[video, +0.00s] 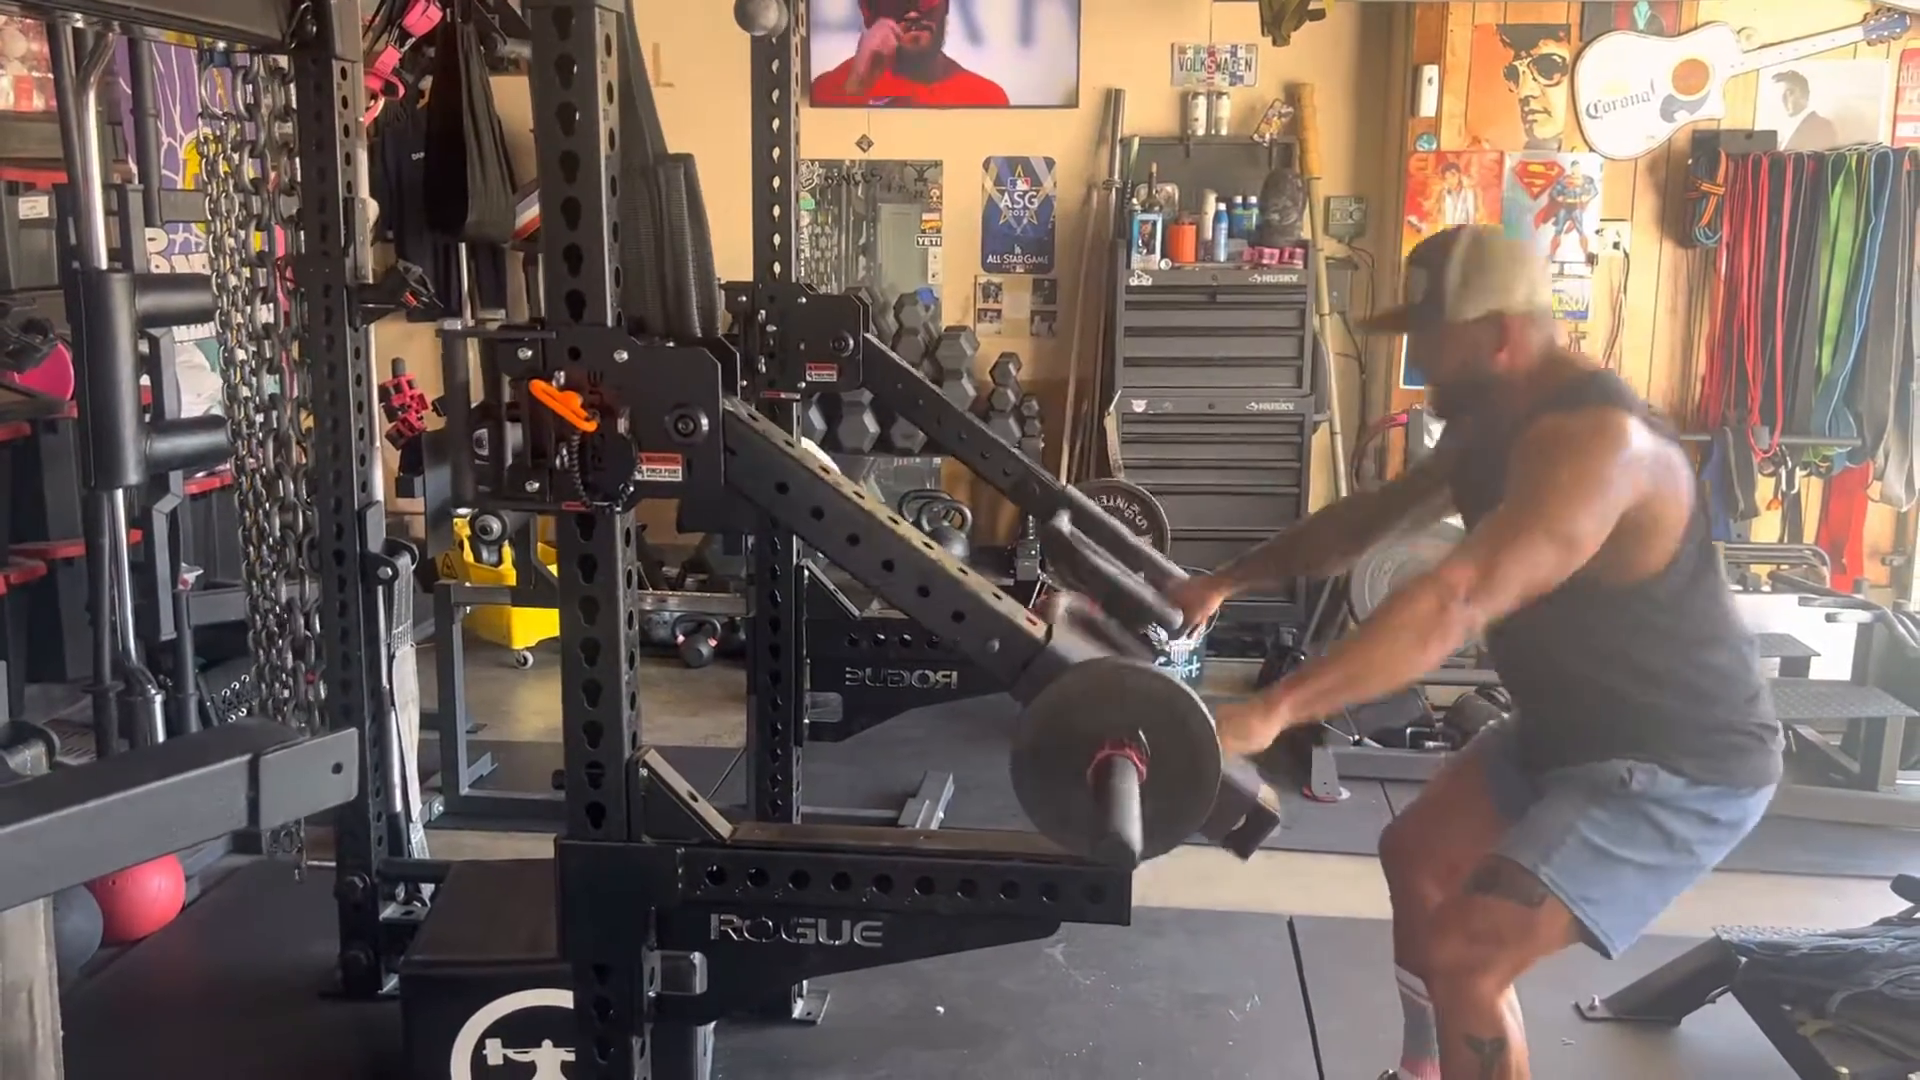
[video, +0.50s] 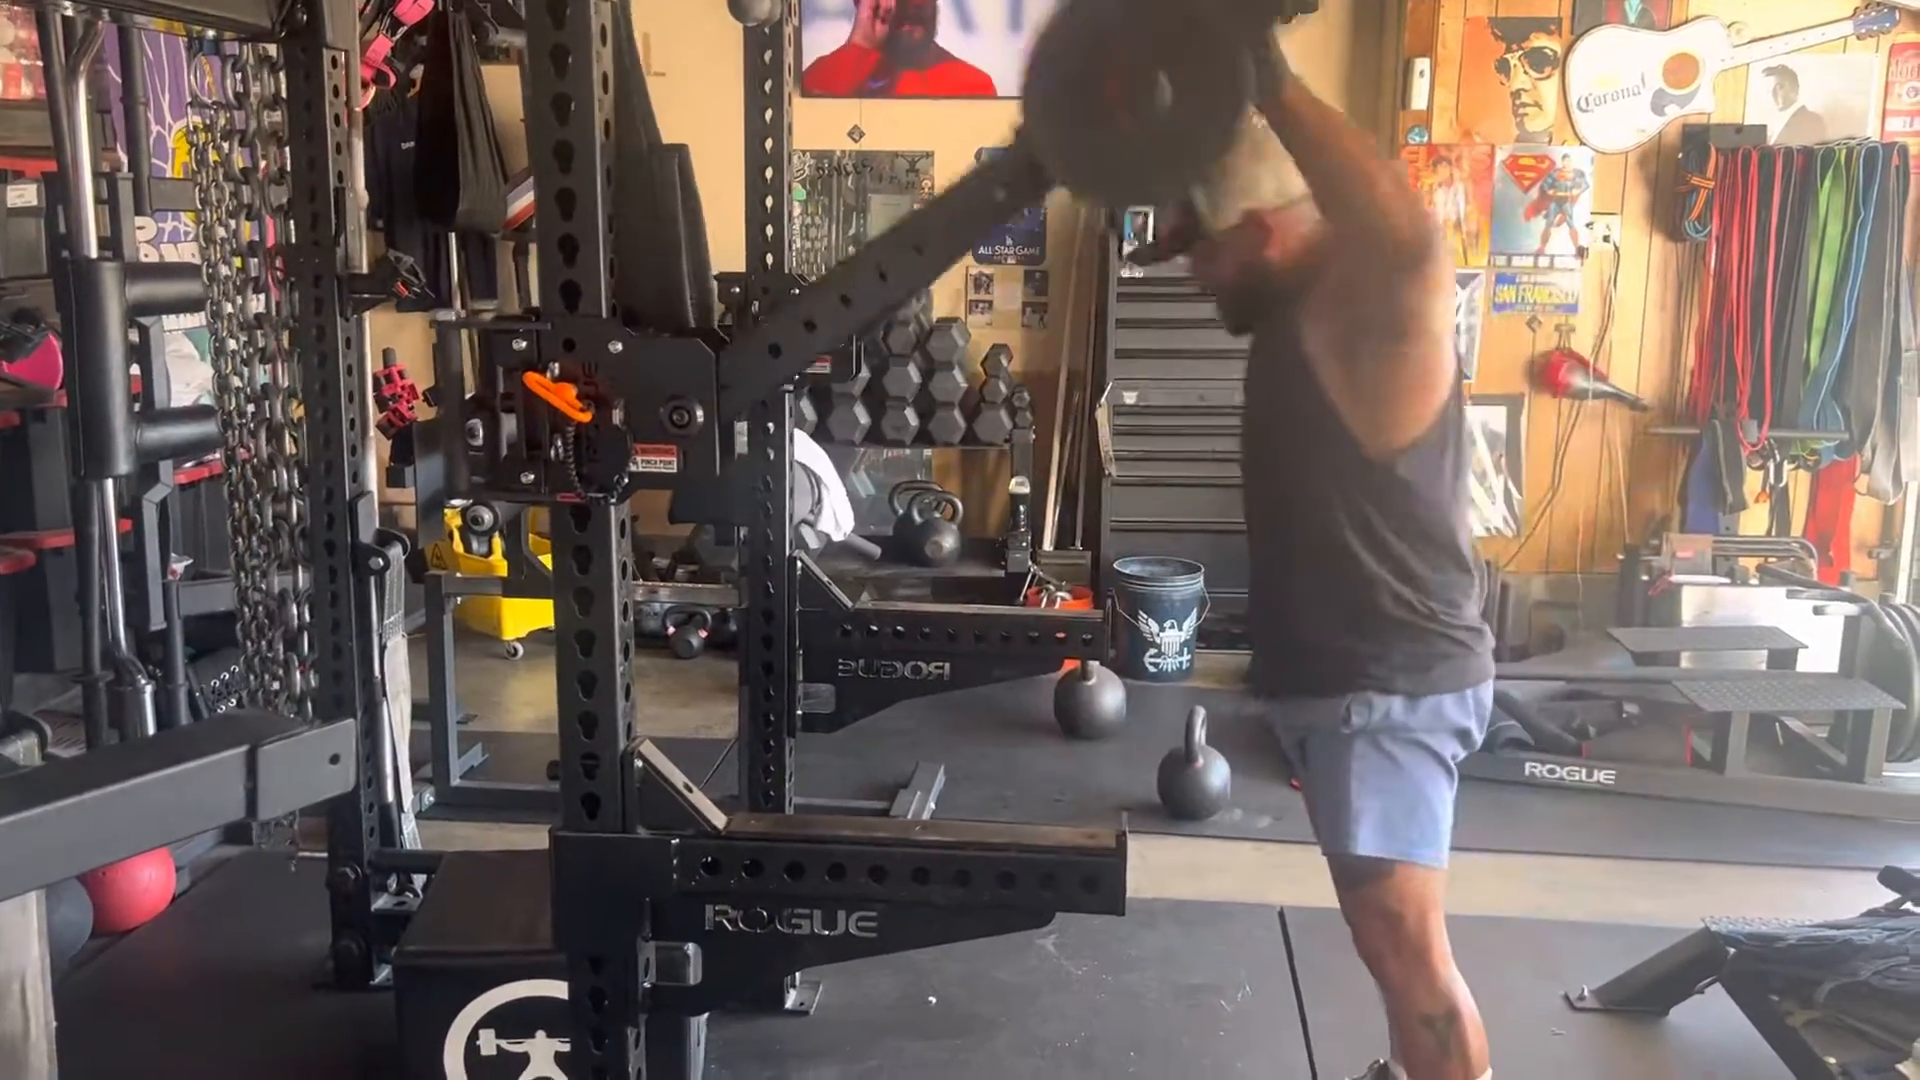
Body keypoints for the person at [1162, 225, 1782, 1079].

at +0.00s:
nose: (1419, 367)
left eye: (1431, 343)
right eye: (1416, 345)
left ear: (1504, 340)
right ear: (1503, 340)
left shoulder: (1599, 441)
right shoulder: (1500, 419)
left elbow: (1459, 600)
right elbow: (1372, 516)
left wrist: (1274, 711)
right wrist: (1225, 582)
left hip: (1680, 763)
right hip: (1570, 728)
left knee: (1464, 955)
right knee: (1416, 856)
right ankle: (1430, 1060)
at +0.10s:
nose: (1460, 295)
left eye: (1474, 271)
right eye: (1460, 272)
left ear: (1554, 271)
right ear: (1540, 275)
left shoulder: (1634, 384)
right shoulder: (1531, 370)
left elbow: (1533, 547)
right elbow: (1421, 465)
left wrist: (1344, 614)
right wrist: (1290, 500)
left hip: (1626, 740)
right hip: (1520, 705)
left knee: (1444, 952)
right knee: (1399, 849)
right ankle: (1431, 1059)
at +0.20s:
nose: (1443, 257)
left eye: (1454, 230)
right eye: (1441, 233)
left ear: (1531, 223)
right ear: (1530, 226)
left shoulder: (1618, 326)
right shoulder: (1517, 325)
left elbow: (1637, 448)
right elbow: (1443, 386)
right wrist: (1338, 371)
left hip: (1520, 695)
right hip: (1439, 665)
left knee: (1417, 954)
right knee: (1370, 845)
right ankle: (1423, 1058)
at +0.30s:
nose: (1360, 229)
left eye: (1372, 212)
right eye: (1357, 213)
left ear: (1438, 205)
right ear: (1435, 204)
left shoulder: (1543, 293)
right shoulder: (1421, 279)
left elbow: (1629, 386)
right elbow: (1308, 251)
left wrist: (1412, 314)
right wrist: (1281, 246)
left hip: (1444, 680)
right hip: (1376, 664)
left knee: (1419, 954)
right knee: (1399, 932)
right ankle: (1423, 1061)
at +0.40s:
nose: (1267, 255)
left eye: (1278, 225)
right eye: (1267, 226)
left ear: (1331, 218)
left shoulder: (1419, 305)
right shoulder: (1351, 310)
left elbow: (1518, 328)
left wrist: (1376, 194)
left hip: (1401, 689)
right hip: (1355, 680)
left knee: (1406, 953)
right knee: (1392, 938)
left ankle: (1448, 1070)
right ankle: (1418, 1065)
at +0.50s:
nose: (1192, 269)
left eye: (1202, 238)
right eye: (1185, 242)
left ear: (1270, 216)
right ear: (1270, 221)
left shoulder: (1372, 296)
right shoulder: (1301, 311)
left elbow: (1404, 229)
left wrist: (1267, 76)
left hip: (1386, 689)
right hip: (1342, 680)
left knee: (1408, 949)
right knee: (1388, 924)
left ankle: (1447, 1071)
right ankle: (1420, 1059)